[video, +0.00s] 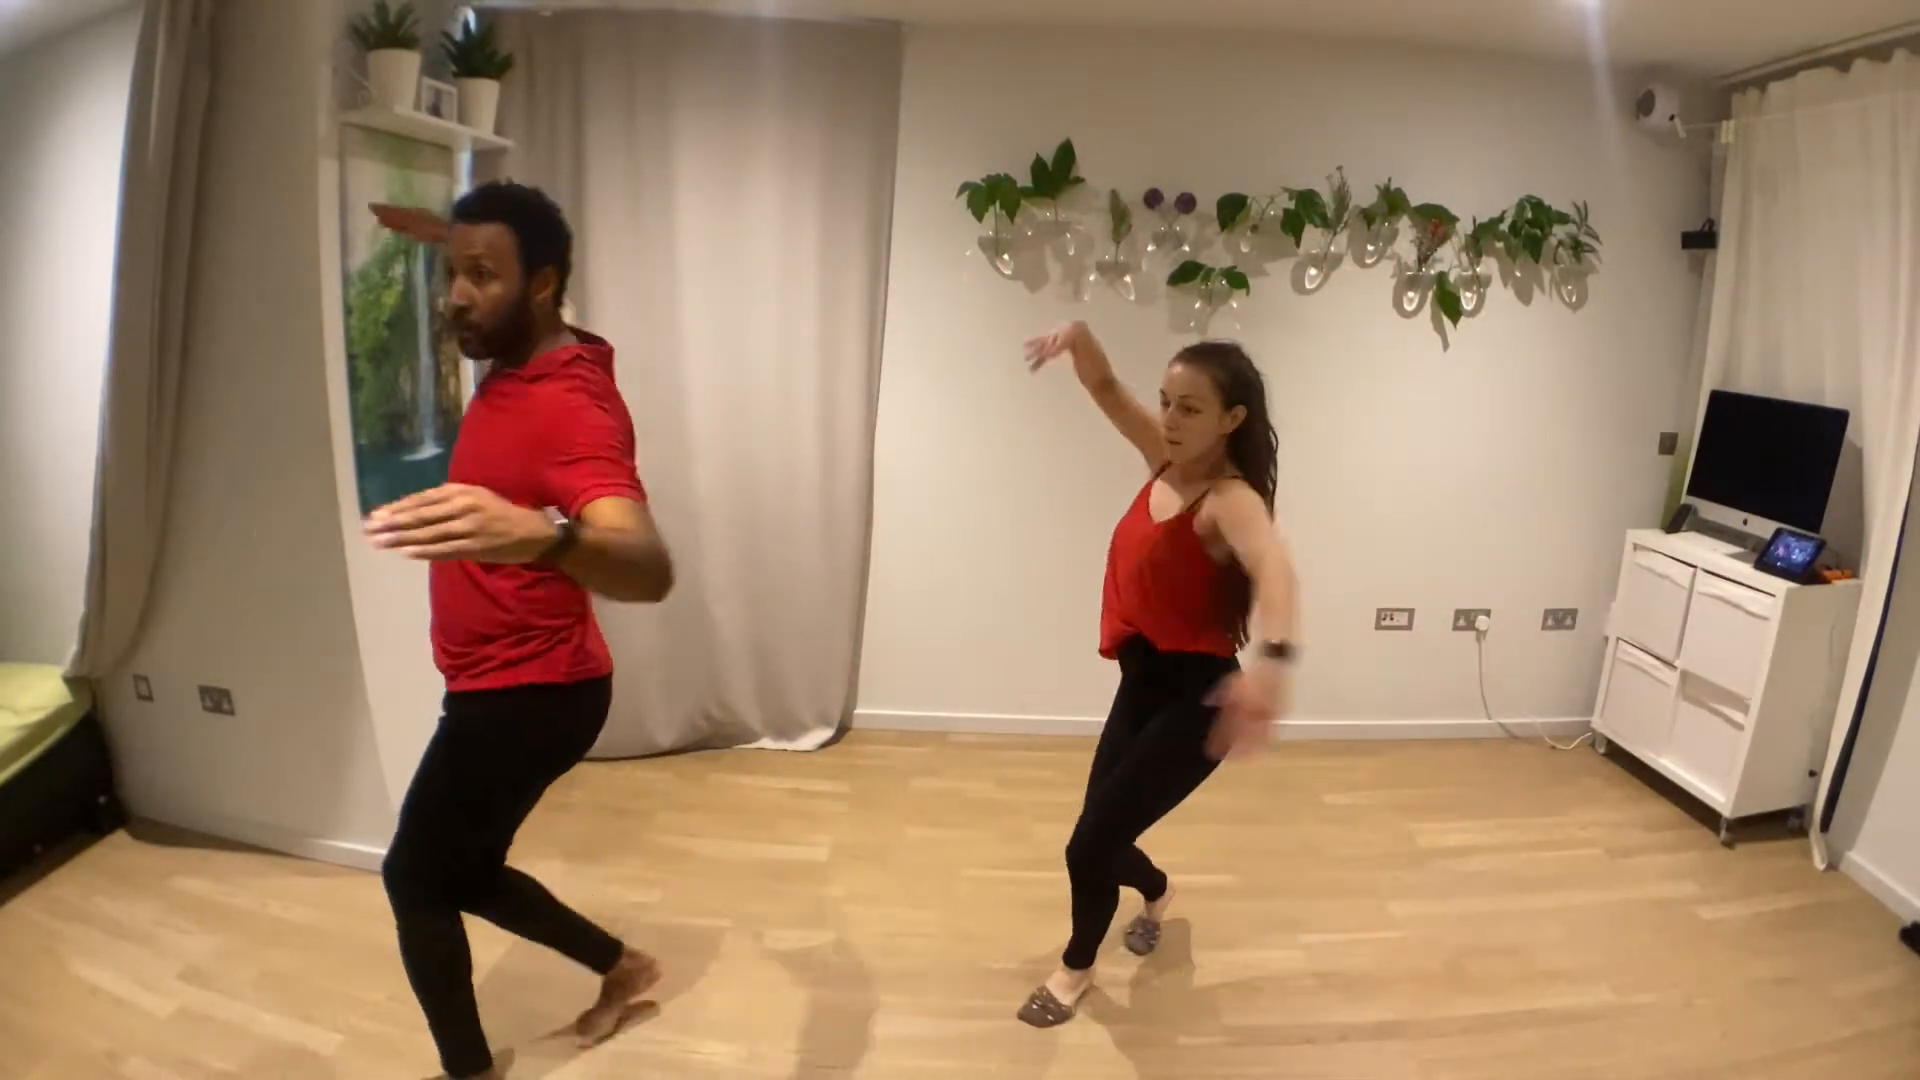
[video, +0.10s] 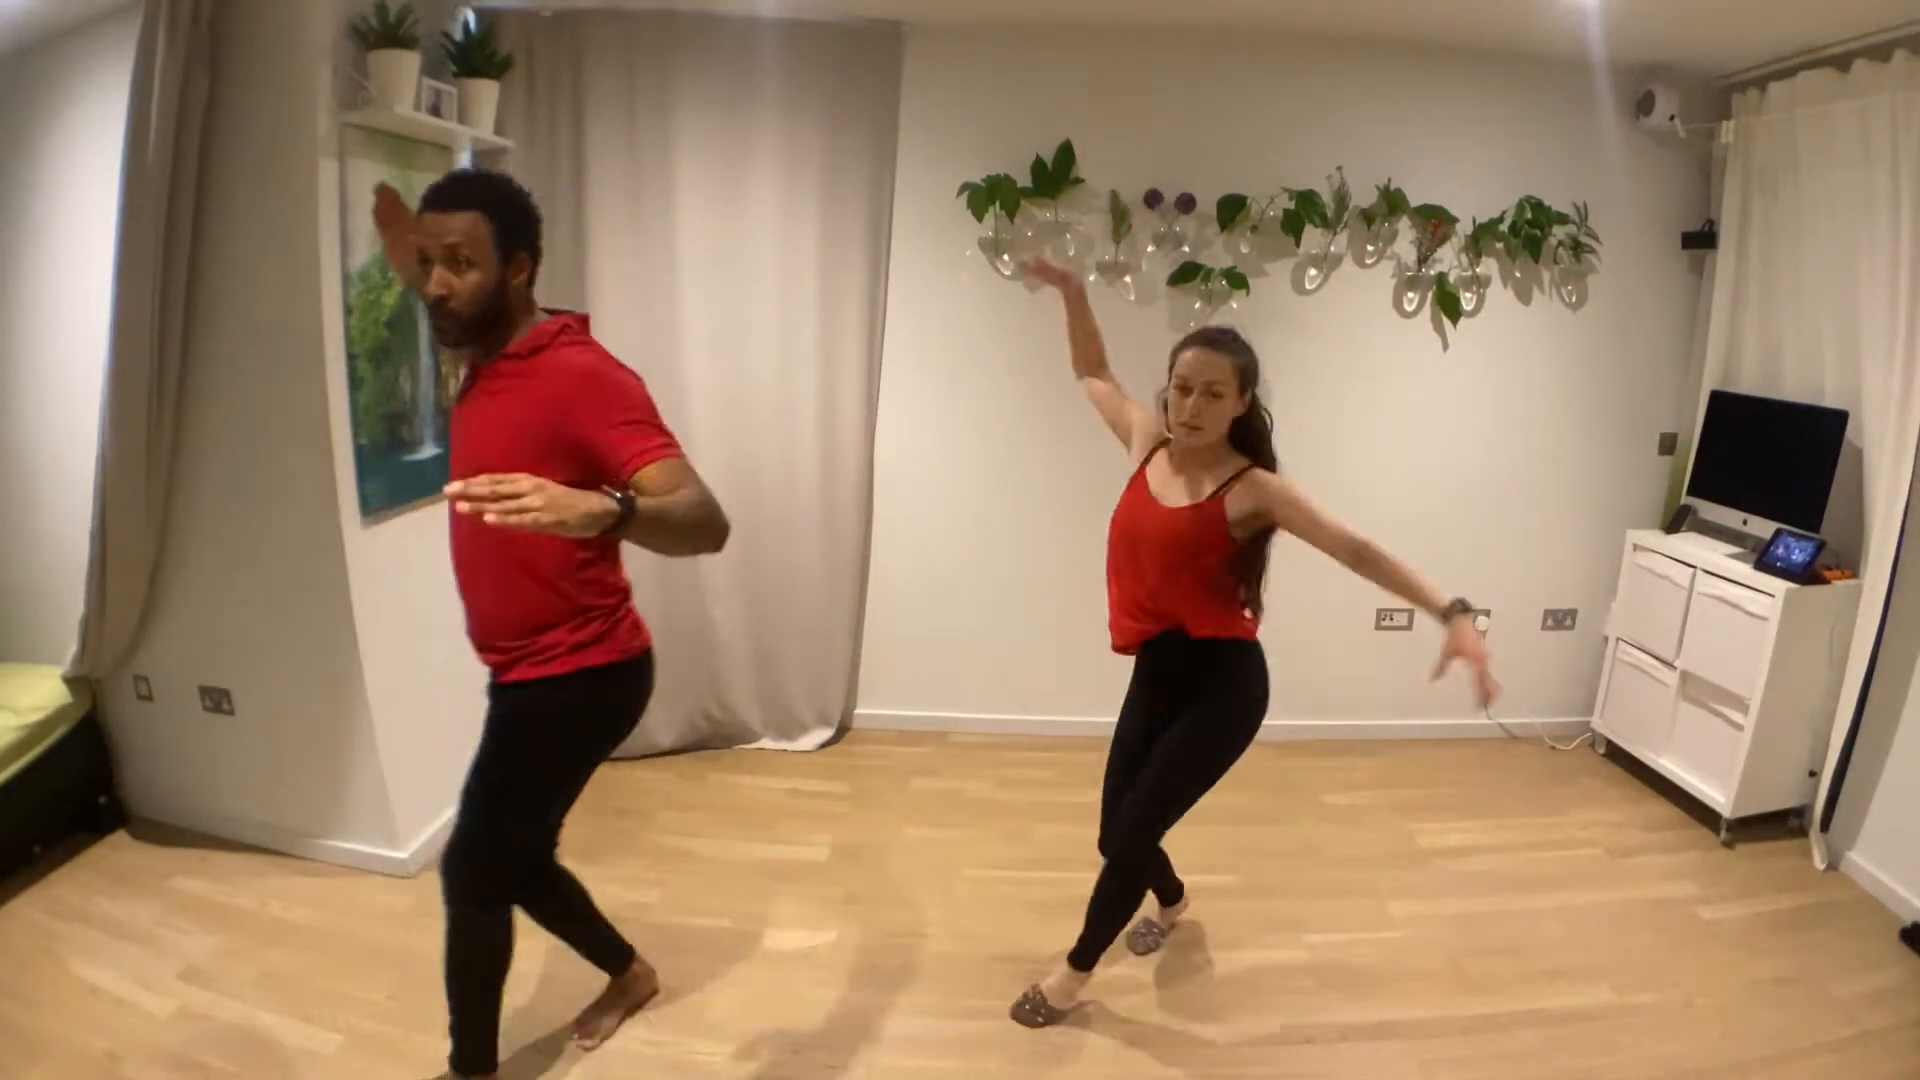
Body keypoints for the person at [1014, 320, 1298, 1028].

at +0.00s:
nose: (1168, 420)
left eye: (1188, 409)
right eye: (1167, 403)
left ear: (1232, 420)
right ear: (1160, 404)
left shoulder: (1231, 501)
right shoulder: (1167, 458)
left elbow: (1275, 567)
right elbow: (1107, 391)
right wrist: (1078, 338)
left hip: (1202, 692)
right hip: (1144, 678)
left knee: (1092, 849)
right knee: (1096, 831)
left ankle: (1074, 970)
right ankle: (1156, 889)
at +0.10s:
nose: (1190, 404)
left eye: (1210, 393)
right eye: (1181, 387)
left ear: (1241, 405)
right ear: (1169, 389)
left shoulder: (1253, 489)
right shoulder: (1146, 441)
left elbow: (1357, 552)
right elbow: (1092, 373)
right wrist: (1071, 290)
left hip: (1223, 680)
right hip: (1157, 671)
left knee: (1132, 831)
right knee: (1116, 826)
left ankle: (1074, 972)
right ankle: (1171, 900)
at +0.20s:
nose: (1220, 389)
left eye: (1236, 376)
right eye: (1206, 373)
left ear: (1256, 384)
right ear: (1181, 378)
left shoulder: (1273, 466)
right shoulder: (1149, 438)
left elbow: (1371, 516)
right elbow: (1070, 380)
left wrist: (1466, 557)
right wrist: (1049, 289)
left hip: (1246, 662)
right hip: (1169, 663)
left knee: (1187, 820)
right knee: (1129, 818)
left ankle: (1149, 939)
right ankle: (1178, 891)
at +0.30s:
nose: (1254, 375)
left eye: (1264, 359)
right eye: (1233, 363)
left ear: (1280, 364)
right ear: (1202, 375)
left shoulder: (1308, 447)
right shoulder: (1177, 441)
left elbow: (1366, 480)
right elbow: (1073, 391)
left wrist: (1412, 497)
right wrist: (1024, 315)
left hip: (1264, 640)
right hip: (1184, 634)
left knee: (1252, 802)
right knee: (1148, 792)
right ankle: (1178, 907)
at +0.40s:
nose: (1310, 391)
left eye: (1311, 374)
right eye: (1291, 386)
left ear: (1318, 367)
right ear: (1248, 401)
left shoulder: (1329, 427)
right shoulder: (1216, 450)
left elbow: (1366, 430)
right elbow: (1107, 422)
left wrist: (1409, 439)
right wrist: (1013, 354)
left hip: (1279, 627)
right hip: (1205, 617)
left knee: (1308, 782)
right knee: (1173, 778)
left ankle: (1296, 870)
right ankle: (1171, 897)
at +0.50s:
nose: (1357, 469)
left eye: (1361, 458)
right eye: (1348, 459)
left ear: (1356, 448)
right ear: (1314, 453)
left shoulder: (1344, 444)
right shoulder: (1263, 482)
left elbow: (1377, 371)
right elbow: (1197, 498)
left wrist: (1438, 414)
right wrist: (1144, 500)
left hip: (1285, 630)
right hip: (1229, 622)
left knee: (1334, 761)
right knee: (1214, 780)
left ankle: (1301, 891)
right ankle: (1167, 897)